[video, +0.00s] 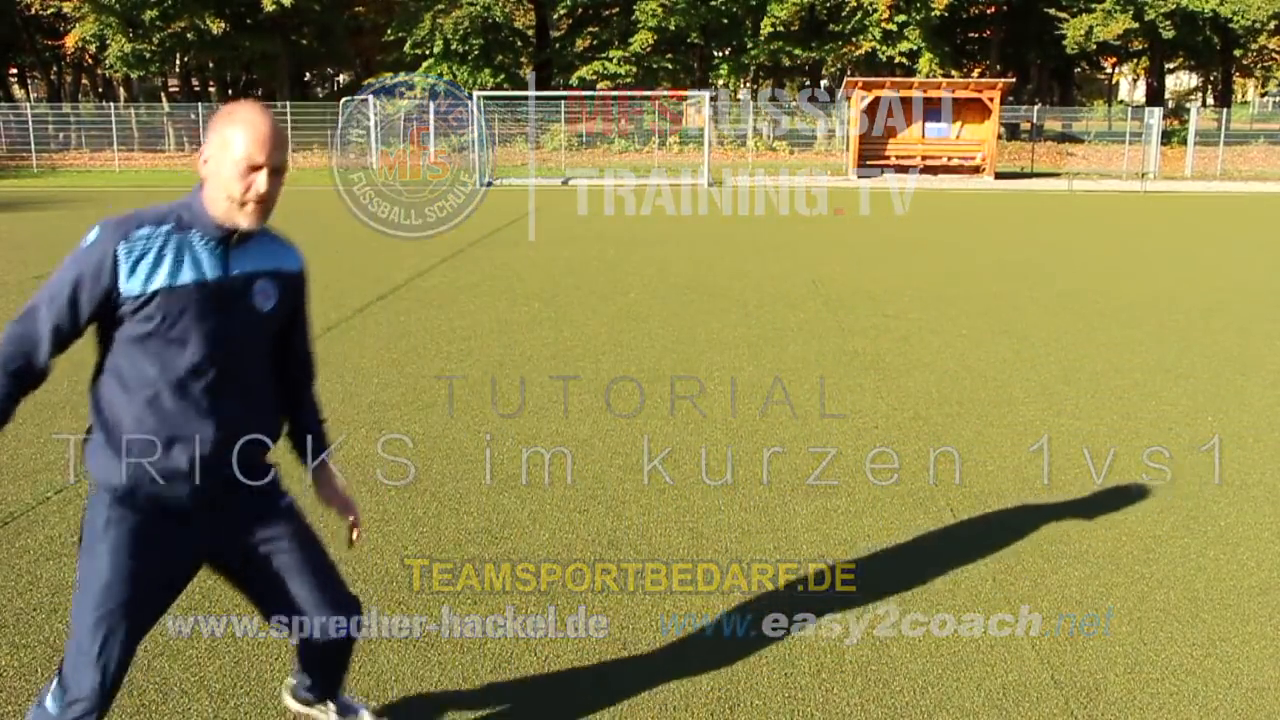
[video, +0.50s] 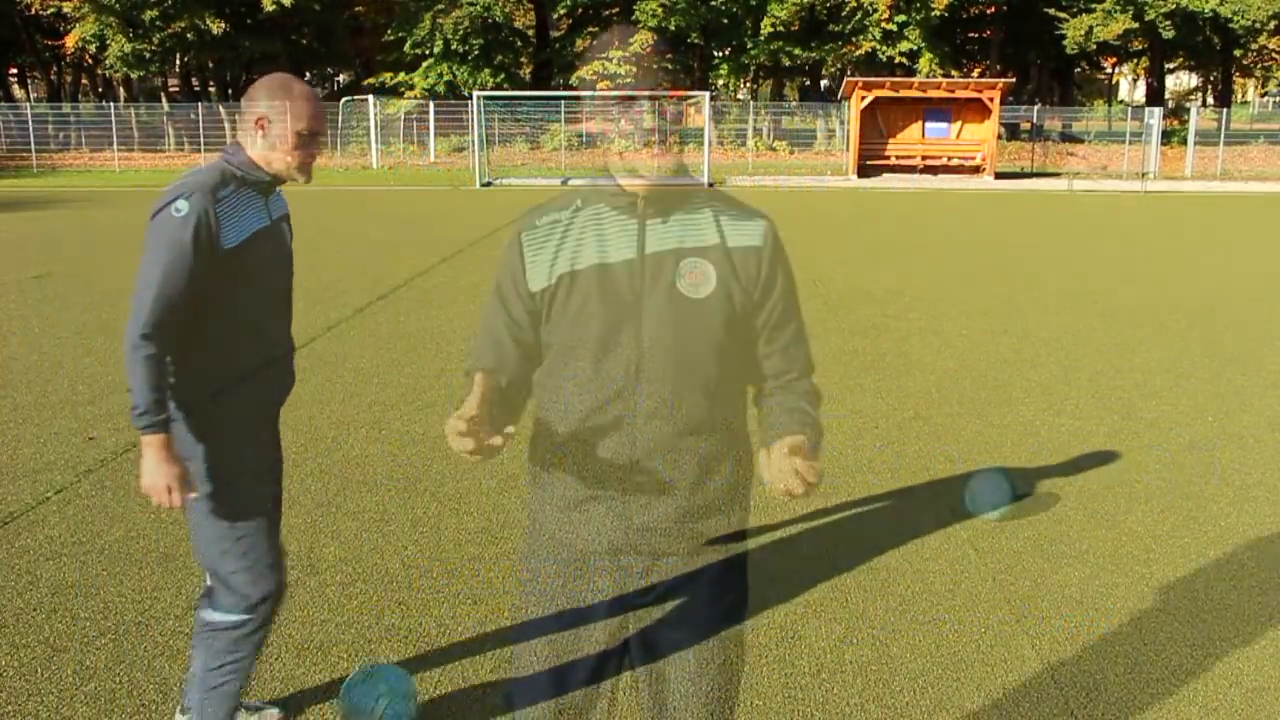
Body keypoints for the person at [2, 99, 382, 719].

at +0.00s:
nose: (264, 186)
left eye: (275, 170)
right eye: (249, 168)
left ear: (285, 170)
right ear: (205, 160)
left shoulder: (281, 262)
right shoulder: (123, 246)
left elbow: (295, 378)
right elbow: (24, 348)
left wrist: (321, 467)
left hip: (244, 495)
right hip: (138, 499)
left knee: (334, 621)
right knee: (89, 685)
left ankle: (314, 699)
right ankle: (48, 711)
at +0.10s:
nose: (254, 203)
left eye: (262, 189)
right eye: (239, 188)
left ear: (269, 186)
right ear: (191, 176)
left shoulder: (255, 274)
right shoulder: (107, 262)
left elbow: (258, 393)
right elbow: (14, 376)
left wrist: (261, 488)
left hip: (224, 502)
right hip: (127, 507)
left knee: (292, 621)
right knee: (96, 694)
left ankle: (252, 688)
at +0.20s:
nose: (266, 174)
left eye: (272, 160)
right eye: (253, 159)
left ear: (275, 159)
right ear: (201, 148)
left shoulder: (257, 246)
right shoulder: (122, 236)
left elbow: (224, 351)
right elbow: (32, 350)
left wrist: (236, 417)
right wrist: (3, 432)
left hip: (225, 467)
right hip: (141, 475)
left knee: (258, 600)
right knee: (101, 662)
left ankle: (201, 704)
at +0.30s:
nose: (287, 157)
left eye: (290, 143)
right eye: (274, 143)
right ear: (224, 134)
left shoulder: (262, 217)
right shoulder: (151, 218)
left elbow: (235, 326)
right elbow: (78, 337)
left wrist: (236, 412)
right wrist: (50, 450)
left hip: (234, 436)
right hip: (160, 446)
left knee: (249, 575)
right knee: (133, 624)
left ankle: (203, 703)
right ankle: (80, 712)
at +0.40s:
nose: (302, 157)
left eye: (305, 143)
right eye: (290, 143)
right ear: (243, 133)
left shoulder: (265, 212)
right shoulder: (175, 216)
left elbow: (240, 325)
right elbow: (115, 342)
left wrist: (249, 414)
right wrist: (109, 455)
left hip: (247, 427)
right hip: (187, 436)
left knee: (249, 573)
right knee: (186, 596)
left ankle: (208, 700)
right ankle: (131, 712)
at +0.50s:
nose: (316, 150)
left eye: (319, 137)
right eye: (305, 138)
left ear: (275, 132)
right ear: (261, 129)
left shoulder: (265, 194)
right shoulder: (194, 207)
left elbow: (245, 313)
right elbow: (144, 334)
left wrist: (261, 401)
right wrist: (154, 442)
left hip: (256, 415)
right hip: (212, 425)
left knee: (247, 576)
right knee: (250, 588)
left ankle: (213, 697)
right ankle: (204, 711)